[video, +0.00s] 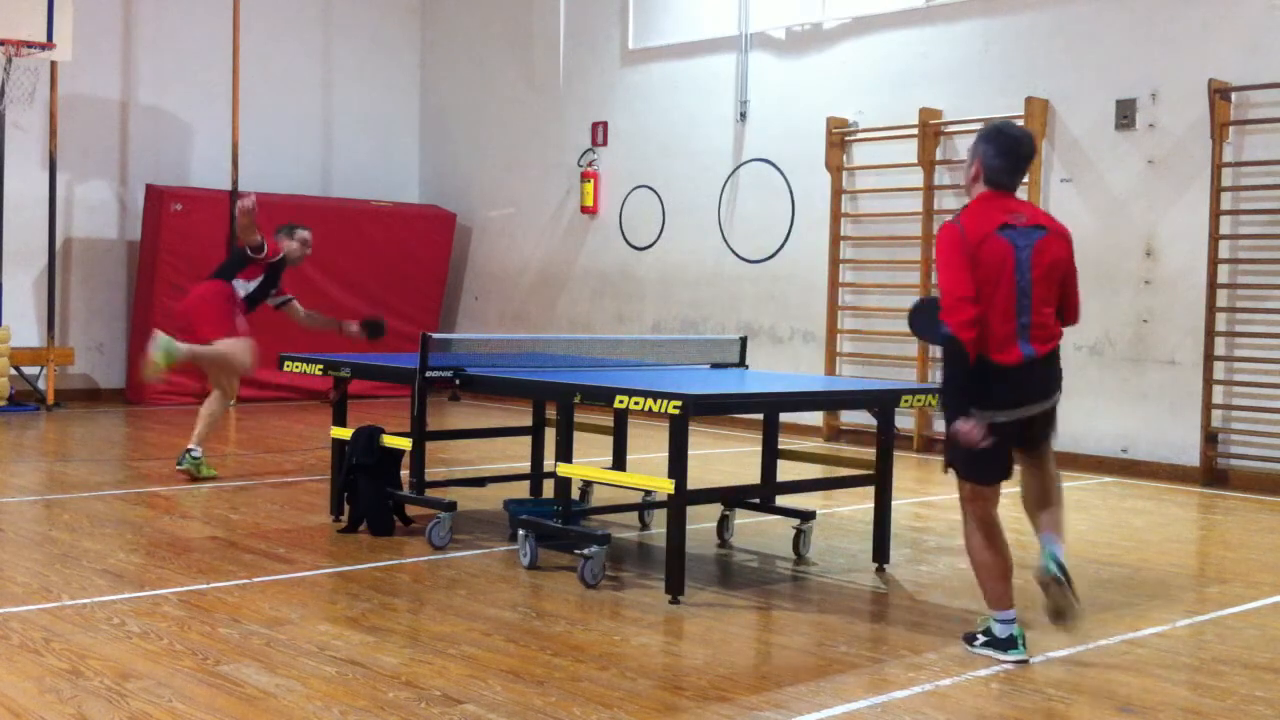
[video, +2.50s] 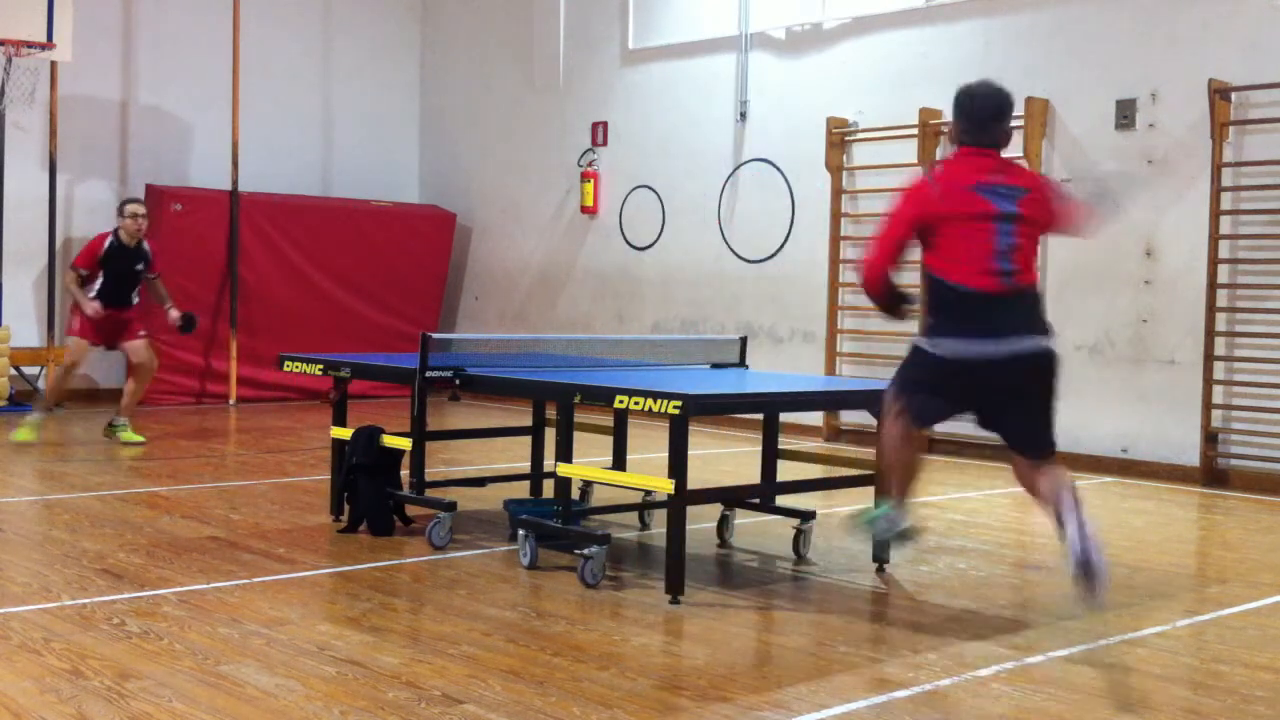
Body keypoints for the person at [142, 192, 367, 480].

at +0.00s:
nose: (308, 251)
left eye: (310, 247)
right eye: (304, 244)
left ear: (298, 247)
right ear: (284, 240)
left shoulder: (273, 284)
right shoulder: (267, 252)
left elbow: (303, 316)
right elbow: (250, 237)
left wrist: (343, 326)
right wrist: (245, 215)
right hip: (213, 296)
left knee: (226, 389)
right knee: (244, 358)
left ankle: (193, 453)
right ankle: (174, 349)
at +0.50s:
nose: (334, 255)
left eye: (337, 250)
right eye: (328, 248)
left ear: (338, 253)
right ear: (310, 250)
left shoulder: (315, 275)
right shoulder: (300, 272)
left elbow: (318, 321)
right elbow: (302, 324)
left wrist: (333, 348)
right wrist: (337, 347)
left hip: (279, 336)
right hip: (264, 336)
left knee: (306, 375)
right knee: (323, 372)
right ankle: (315, 444)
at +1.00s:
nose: (259, 247)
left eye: (264, 243)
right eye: (253, 242)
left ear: (269, 246)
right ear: (242, 244)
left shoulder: (271, 273)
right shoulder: (223, 265)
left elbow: (286, 312)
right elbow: (191, 298)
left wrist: (270, 331)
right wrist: (201, 319)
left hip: (248, 330)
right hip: (216, 327)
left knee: (281, 378)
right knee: (192, 377)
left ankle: (286, 432)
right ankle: (154, 432)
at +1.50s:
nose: (235, 228)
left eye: (240, 223)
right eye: (230, 222)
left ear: (248, 226)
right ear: (222, 225)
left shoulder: (256, 254)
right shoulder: (212, 248)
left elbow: (279, 295)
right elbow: (189, 266)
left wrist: (266, 298)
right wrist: (156, 278)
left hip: (243, 320)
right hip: (208, 316)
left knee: (267, 362)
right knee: (181, 369)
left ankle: (283, 426)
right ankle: (185, 417)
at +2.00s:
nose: (203, 233)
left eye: (207, 228)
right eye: (197, 228)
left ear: (212, 232)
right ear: (185, 232)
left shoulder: (220, 258)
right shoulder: (172, 256)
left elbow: (239, 286)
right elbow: (154, 285)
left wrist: (248, 309)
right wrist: (155, 311)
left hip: (212, 322)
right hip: (175, 320)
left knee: (232, 369)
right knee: (144, 367)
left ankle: (235, 420)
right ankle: (112, 417)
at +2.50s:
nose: (140, 222)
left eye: (144, 217)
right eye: (134, 217)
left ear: (147, 222)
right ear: (120, 220)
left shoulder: (145, 250)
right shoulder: (102, 243)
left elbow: (153, 279)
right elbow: (70, 278)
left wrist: (170, 308)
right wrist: (85, 303)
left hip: (125, 316)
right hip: (91, 314)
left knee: (146, 363)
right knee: (71, 362)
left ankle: (120, 422)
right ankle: (38, 416)